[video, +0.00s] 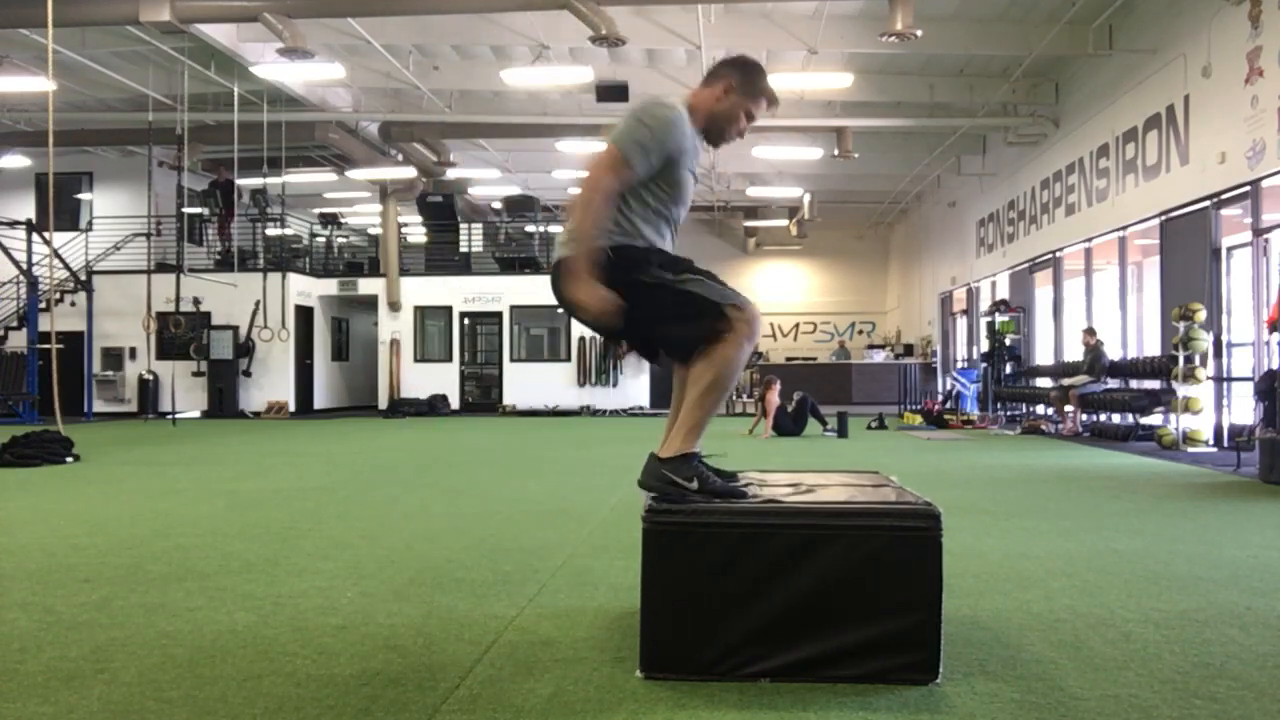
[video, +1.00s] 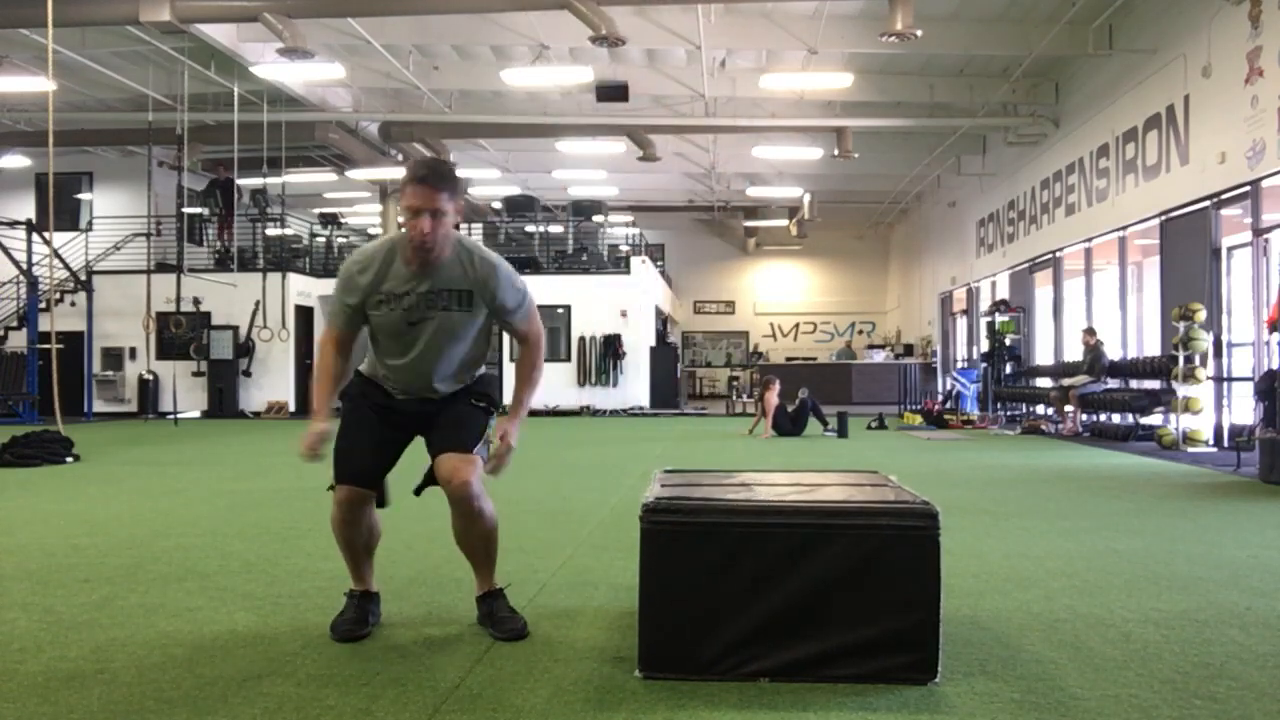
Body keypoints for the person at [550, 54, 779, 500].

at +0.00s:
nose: (744, 131)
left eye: (750, 124)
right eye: (746, 116)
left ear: (721, 93)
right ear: (722, 89)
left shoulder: (686, 146)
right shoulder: (666, 116)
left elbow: (645, 232)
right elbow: (599, 181)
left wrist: (636, 318)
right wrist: (581, 274)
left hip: (632, 266)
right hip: (617, 259)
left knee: (703, 342)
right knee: (741, 321)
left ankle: (673, 459)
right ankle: (676, 457)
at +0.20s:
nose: (723, 97)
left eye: (729, 91)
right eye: (724, 82)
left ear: (702, 64)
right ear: (698, 57)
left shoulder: (663, 113)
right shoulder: (648, 90)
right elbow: (635, 161)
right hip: (593, 239)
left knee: (702, 335)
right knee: (720, 318)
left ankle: (675, 459)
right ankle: (673, 459)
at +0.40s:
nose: (670, 26)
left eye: (677, 19)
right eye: (671, 13)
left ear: (654, 9)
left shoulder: (620, 47)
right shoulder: (584, 13)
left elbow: (560, 126)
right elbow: (536, 73)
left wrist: (605, 161)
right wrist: (614, 116)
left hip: (571, 180)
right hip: (524, 170)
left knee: (645, 282)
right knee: (603, 290)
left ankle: (610, 421)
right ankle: (618, 442)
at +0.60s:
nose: (590, 44)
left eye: (599, 36)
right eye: (586, 29)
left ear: (600, 31)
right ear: (553, 10)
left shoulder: (563, 76)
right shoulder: (492, 51)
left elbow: (530, 162)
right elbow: (458, 124)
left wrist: (567, 167)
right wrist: (548, 125)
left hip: (530, 228)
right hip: (467, 222)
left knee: (562, 348)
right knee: (493, 349)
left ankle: (537, 489)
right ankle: (446, 490)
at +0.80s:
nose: (492, 163)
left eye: (502, 153)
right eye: (483, 151)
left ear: (511, 162)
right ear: (459, 153)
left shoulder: (519, 229)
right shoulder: (414, 215)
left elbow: (549, 310)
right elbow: (392, 296)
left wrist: (545, 283)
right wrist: (457, 263)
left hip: (479, 376)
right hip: (404, 377)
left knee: (503, 479)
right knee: (375, 503)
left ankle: (494, 594)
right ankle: (364, 595)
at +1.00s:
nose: (422, 227)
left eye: (435, 215)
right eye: (413, 214)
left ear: (457, 217)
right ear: (401, 214)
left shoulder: (487, 273)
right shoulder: (363, 268)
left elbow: (532, 335)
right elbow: (335, 341)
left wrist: (515, 417)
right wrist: (321, 414)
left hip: (459, 392)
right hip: (380, 389)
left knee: (462, 482)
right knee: (349, 497)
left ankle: (489, 594)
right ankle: (362, 595)